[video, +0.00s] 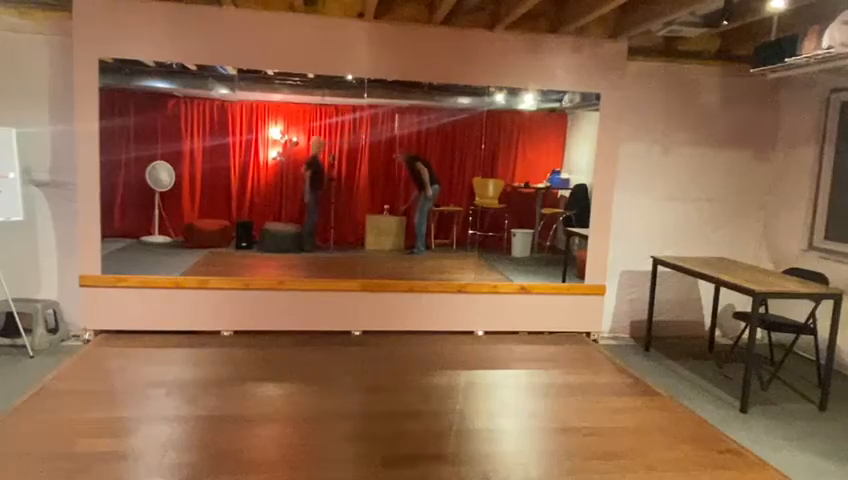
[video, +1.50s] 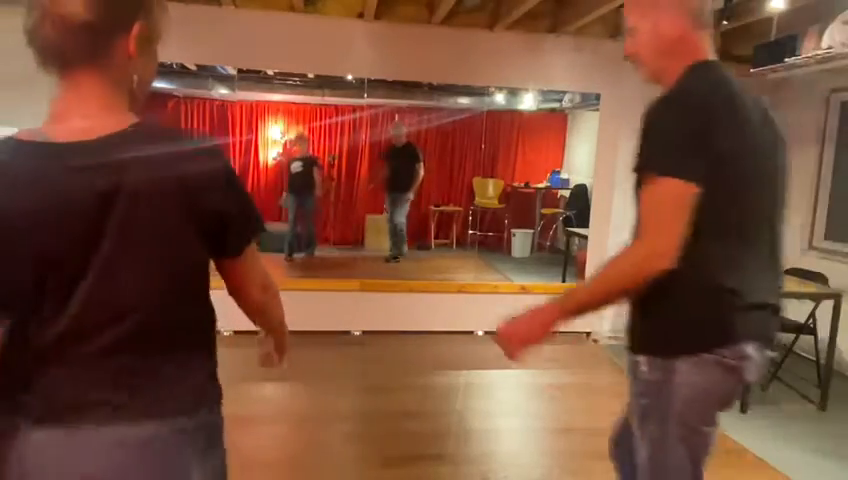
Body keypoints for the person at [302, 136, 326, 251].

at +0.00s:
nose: (321, 148)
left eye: (322, 145)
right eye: (319, 145)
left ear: (320, 146)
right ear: (315, 146)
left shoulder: (318, 162)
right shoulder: (311, 162)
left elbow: (319, 179)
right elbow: (307, 181)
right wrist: (307, 195)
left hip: (317, 193)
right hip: (312, 194)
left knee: (314, 217)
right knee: (312, 217)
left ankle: (311, 241)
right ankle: (308, 242)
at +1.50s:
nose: (301, 147)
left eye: (303, 144)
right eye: (299, 144)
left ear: (307, 145)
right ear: (295, 146)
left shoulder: (312, 160)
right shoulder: (291, 161)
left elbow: (317, 176)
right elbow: (288, 180)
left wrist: (318, 189)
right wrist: (285, 194)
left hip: (308, 193)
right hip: (293, 193)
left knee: (309, 221)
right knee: (292, 222)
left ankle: (310, 248)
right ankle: (289, 251)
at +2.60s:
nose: (299, 141)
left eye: (299, 138)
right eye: (297, 138)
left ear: (297, 139)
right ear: (289, 138)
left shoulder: (303, 158)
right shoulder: (275, 157)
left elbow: (311, 176)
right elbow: (269, 179)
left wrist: (324, 184)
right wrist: (267, 198)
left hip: (299, 198)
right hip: (281, 198)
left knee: (298, 231)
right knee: (280, 231)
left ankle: (294, 264)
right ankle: (280, 268)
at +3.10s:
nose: (302, 141)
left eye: (302, 138)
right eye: (299, 138)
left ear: (298, 140)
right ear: (290, 138)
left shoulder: (302, 159)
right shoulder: (280, 158)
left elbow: (309, 178)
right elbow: (273, 176)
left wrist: (323, 185)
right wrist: (281, 183)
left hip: (302, 200)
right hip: (285, 200)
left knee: (298, 236)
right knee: (283, 234)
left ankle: (292, 271)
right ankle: (278, 267)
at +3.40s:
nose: (303, 140)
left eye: (303, 137)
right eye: (301, 137)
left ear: (289, 138)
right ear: (295, 138)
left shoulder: (301, 158)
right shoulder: (286, 160)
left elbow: (307, 179)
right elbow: (280, 178)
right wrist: (296, 185)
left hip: (299, 200)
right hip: (287, 200)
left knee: (295, 235)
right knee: (288, 235)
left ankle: (291, 269)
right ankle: (287, 269)